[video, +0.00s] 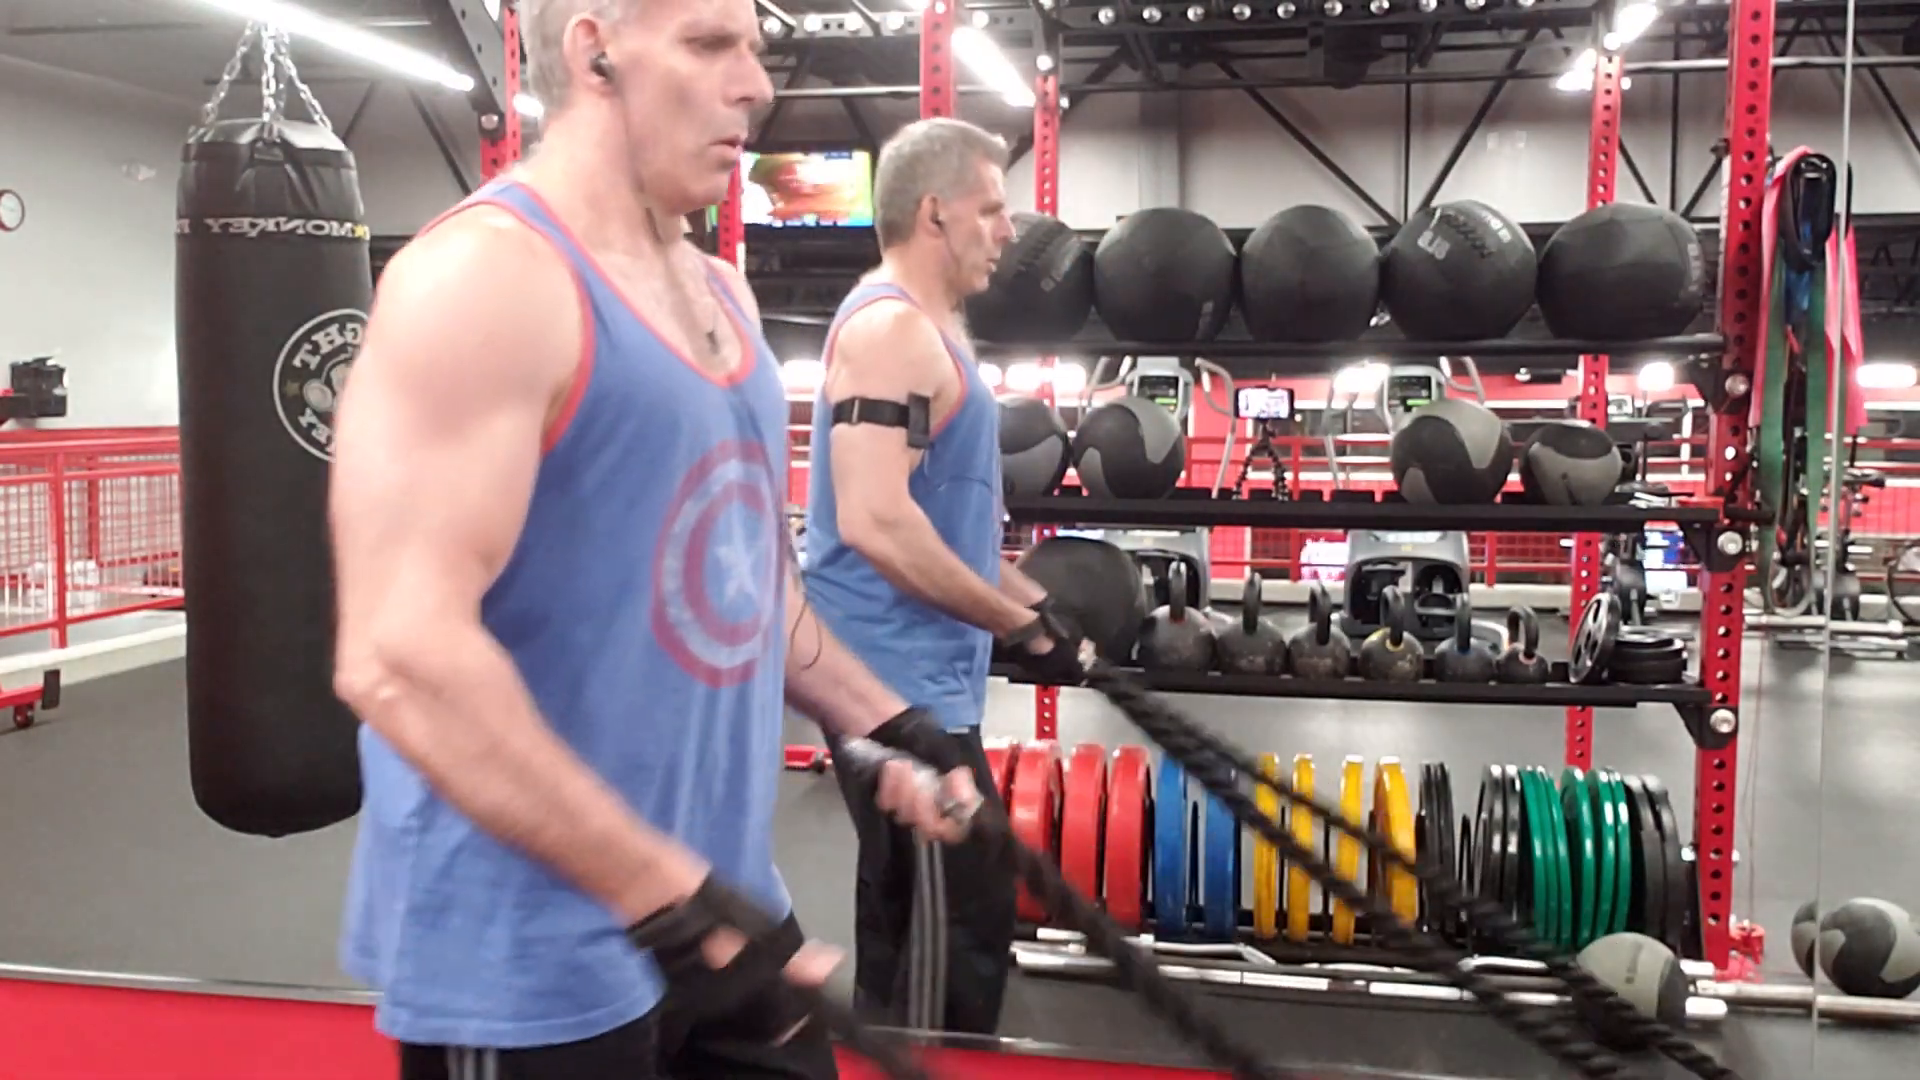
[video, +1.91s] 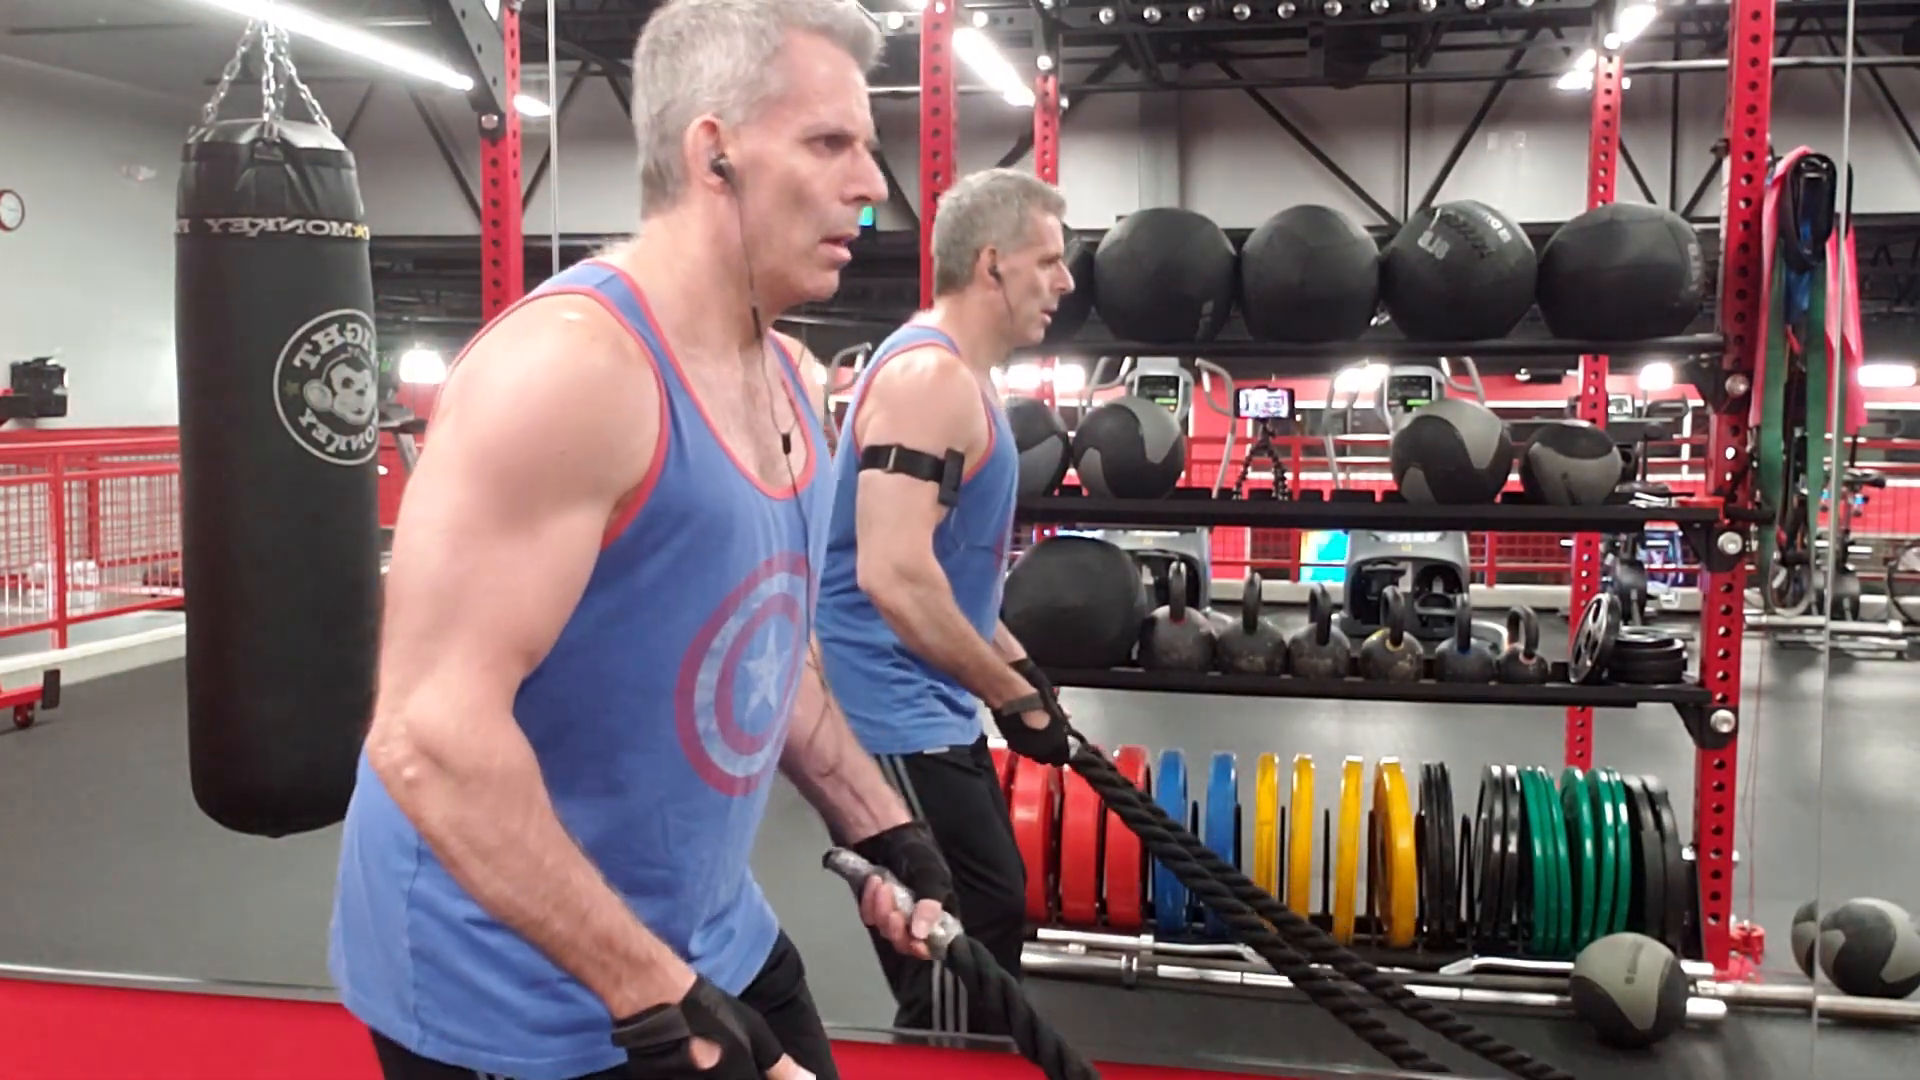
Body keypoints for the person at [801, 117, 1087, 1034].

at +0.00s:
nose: (1008, 233)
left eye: (1007, 213)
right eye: (993, 211)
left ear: (934, 216)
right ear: (932, 212)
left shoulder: (924, 324)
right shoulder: (891, 326)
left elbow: (925, 508)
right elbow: (874, 516)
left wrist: (1011, 585)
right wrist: (1014, 620)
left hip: (924, 688)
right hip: (902, 697)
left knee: (910, 928)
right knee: (967, 933)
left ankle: (903, 1067)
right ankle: (935, 1075)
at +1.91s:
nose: (1064, 284)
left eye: (1063, 263)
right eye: (1049, 261)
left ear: (996, 268)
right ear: (992, 265)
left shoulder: (960, 377)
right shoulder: (930, 376)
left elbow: (952, 571)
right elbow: (894, 573)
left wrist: (1017, 672)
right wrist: (1012, 700)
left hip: (937, 720)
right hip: (898, 727)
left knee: (963, 958)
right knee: (982, 939)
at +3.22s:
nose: (1034, 285)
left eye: (1034, 264)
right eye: (1020, 262)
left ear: (966, 269)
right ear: (963, 267)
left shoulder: (943, 391)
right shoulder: (899, 393)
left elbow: (1000, 543)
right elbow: (871, 594)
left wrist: (1105, 612)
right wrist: (989, 721)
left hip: (924, 743)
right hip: (874, 752)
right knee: (989, 945)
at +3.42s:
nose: (1037, 296)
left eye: (1037, 275)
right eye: (1023, 273)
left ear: (971, 281)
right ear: (965, 277)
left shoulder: (943, 393)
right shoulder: (906, 392)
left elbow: (1000, 540)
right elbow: (884, 585)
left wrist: (1135, 539)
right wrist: (1011, 692)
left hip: (919, 708)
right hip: (871, 714)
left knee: (1012, 911)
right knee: (993, 922)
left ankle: (960, 1058)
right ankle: (952, 1063)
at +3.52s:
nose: (1034, 297)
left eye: (1035, 277)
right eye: (1019, 275)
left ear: (959, 279)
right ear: (957, 276)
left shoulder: (947, 393)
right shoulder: (898, 386)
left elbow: (946, 577)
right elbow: (916, 570)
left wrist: (1031, 659)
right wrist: (1076, 589)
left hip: (926, 715)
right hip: (866, 725)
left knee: (1022, 907)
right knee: (976, 929)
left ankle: (979, 1061)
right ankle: (952, 1068)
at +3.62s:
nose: (1032, 301)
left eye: (1032, 281)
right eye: (1018, 279)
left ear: (961, 283)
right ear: (955, 280)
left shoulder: (941, 394)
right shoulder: (899, 388)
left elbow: (969, 565)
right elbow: (950, 563)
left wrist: (1076, 574)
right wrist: (1084, 544)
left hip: (930, 716)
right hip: (872, 725)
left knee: (1024, 907)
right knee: (996, 929)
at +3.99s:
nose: (1042, 313)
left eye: (1041, 293)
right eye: (1027, 291)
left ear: (969, 295)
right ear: (967, 293)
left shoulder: (944, 395)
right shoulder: (909, 398)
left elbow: (975, 565)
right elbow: (959, 580)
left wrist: (1092, 581)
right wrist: (1107, 560)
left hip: (928, 728)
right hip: (876, 739)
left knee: (1029, 918)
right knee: (1007, 927)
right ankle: (923, 1067)